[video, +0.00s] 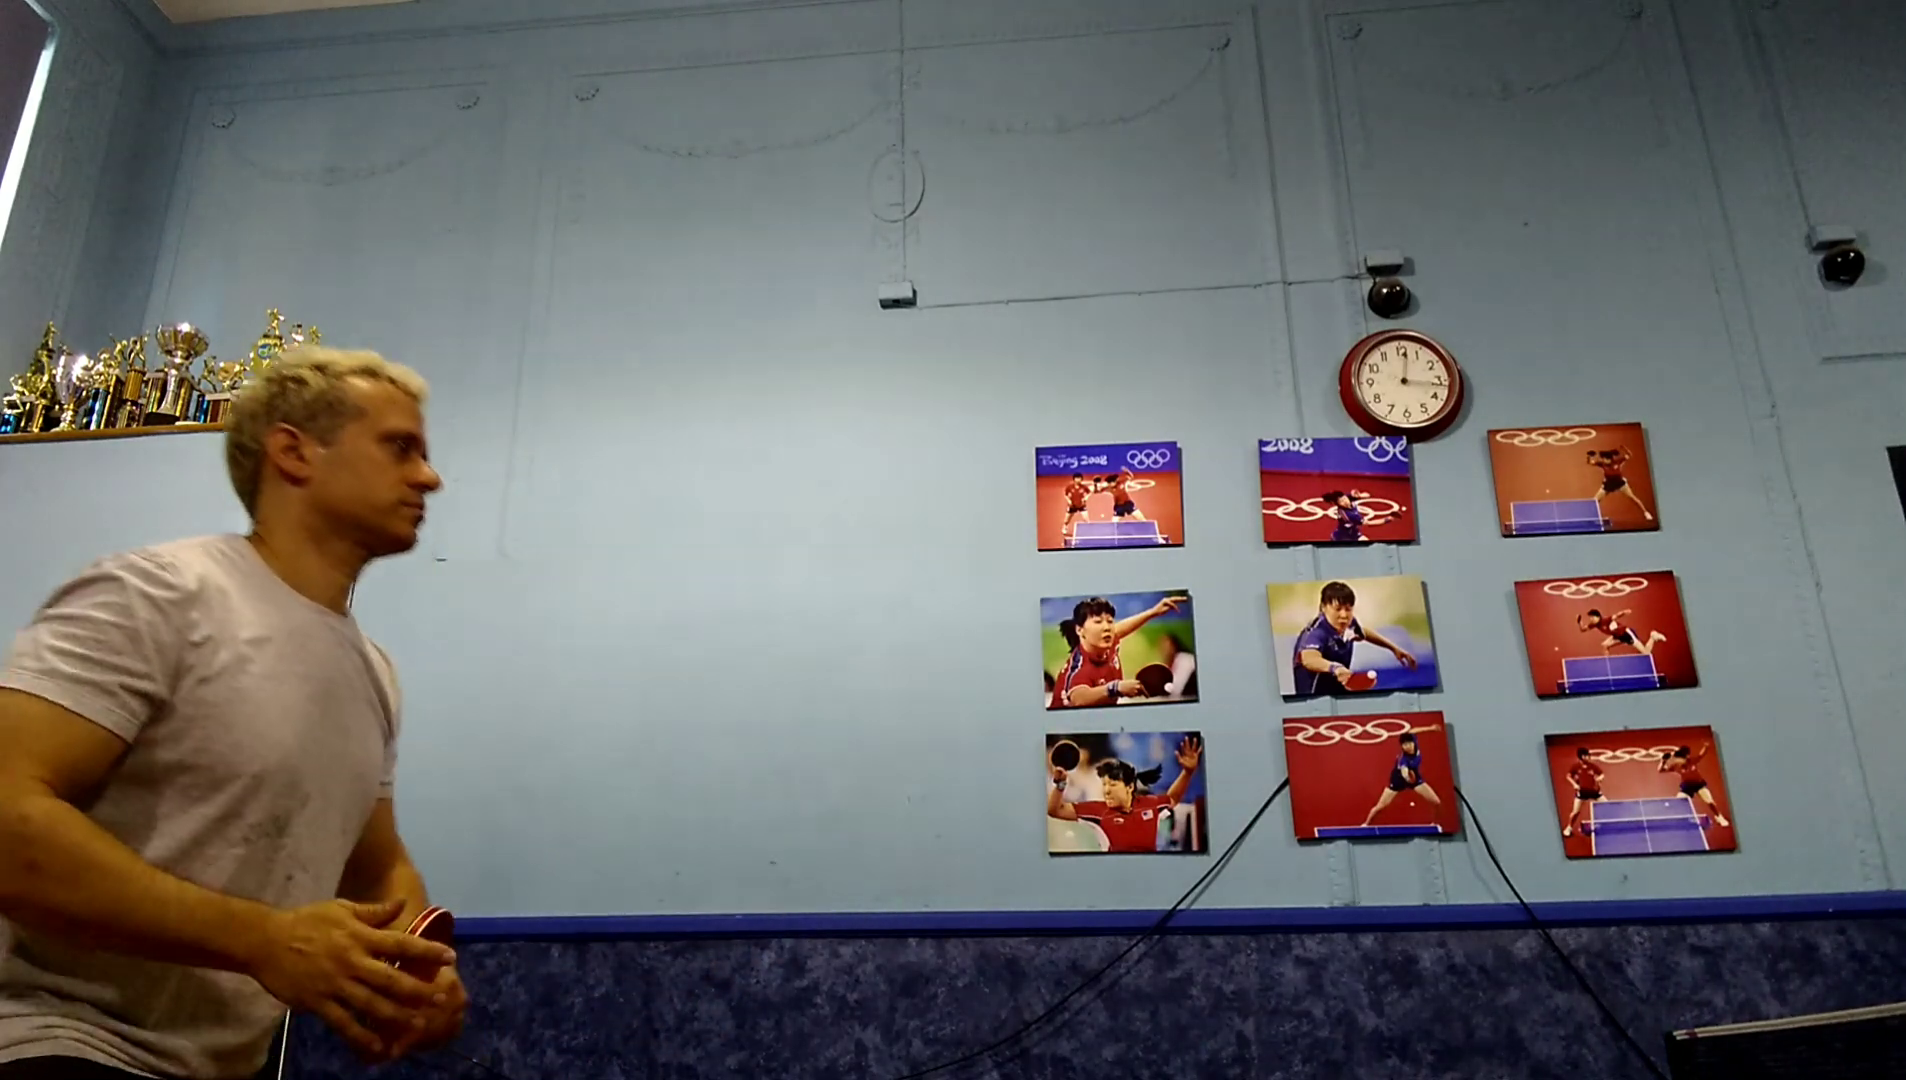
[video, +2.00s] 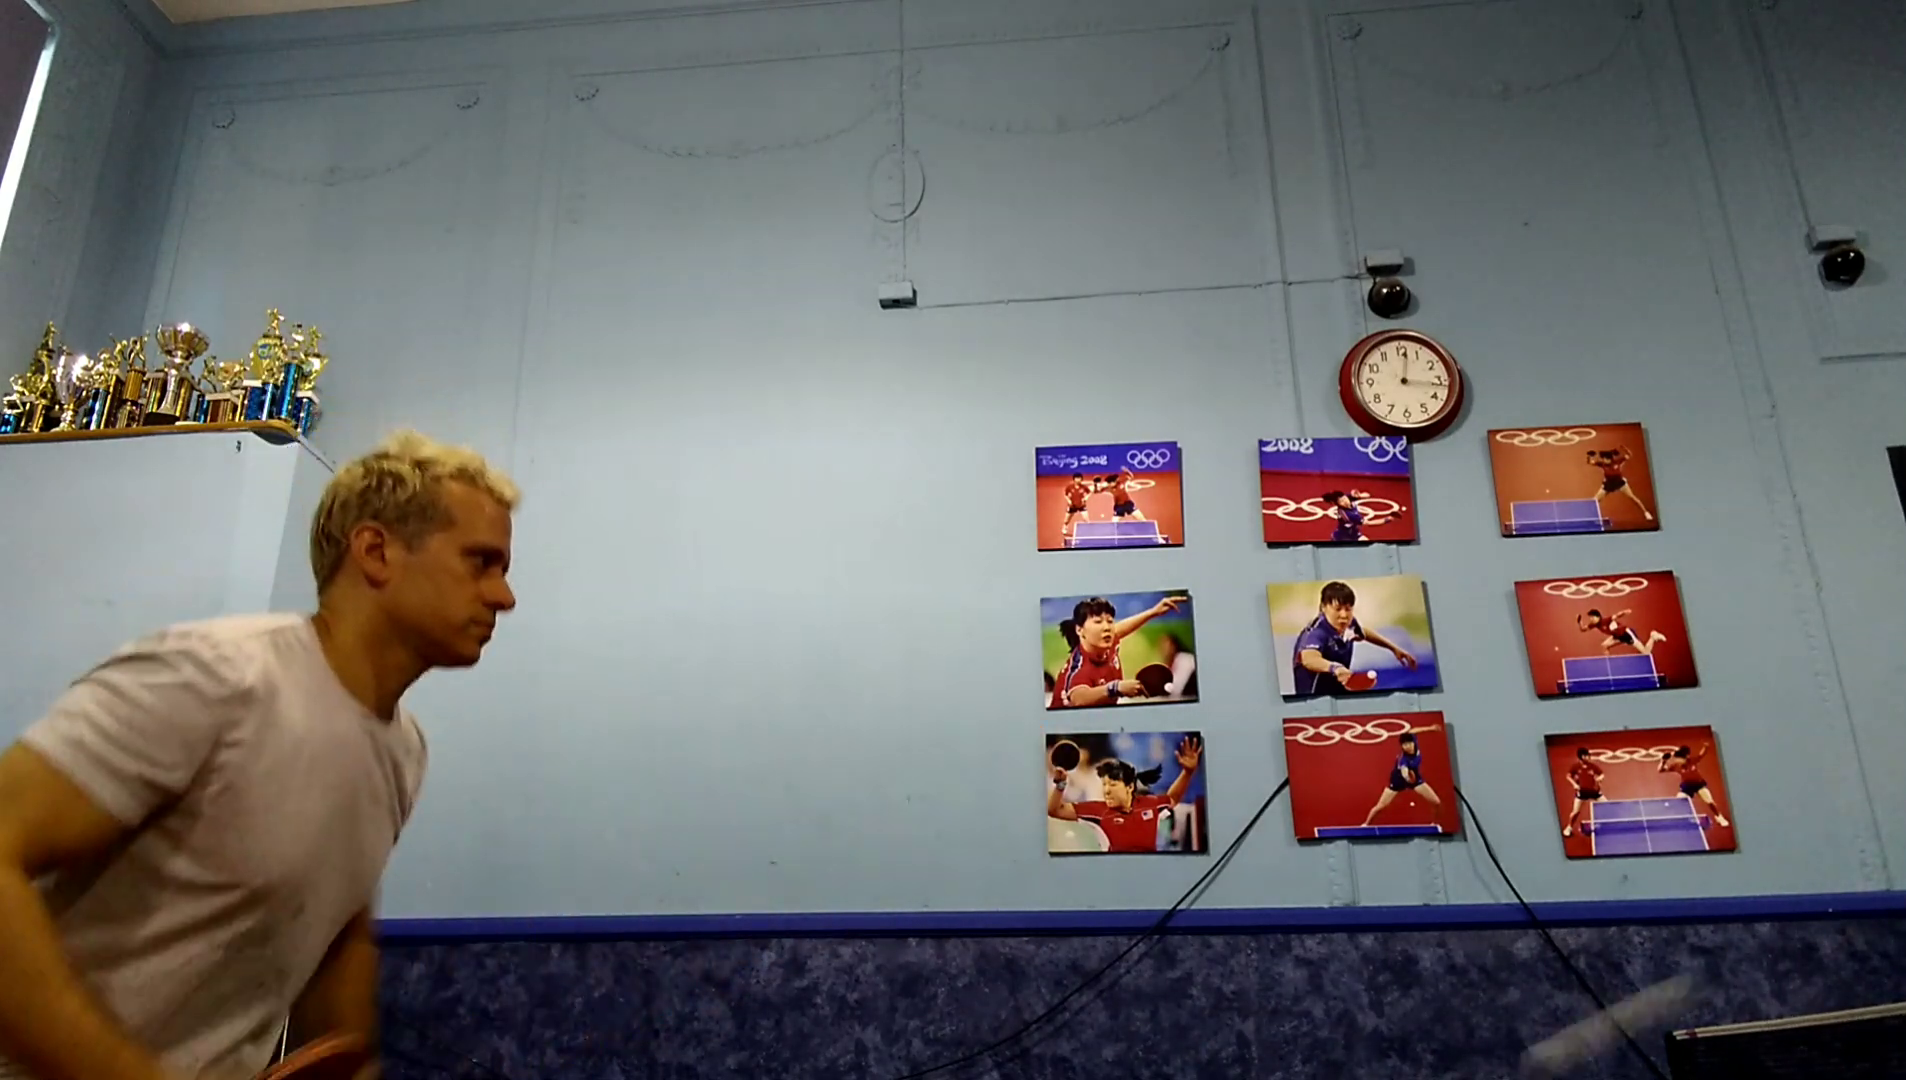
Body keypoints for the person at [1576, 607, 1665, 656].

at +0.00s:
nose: (1590, 620)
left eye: (1591, 618)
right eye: (1590, 618)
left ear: (1597, 617)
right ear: (1593, 618)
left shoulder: (1607, 620)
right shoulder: (1594, 624)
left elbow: (1617, 616)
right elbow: (1583, 630)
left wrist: (1625, 612)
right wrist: (1579, 623)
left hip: (1627, 634)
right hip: (1618, 637)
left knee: (1646, 652)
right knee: (1604, 645)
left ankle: (1653, 636)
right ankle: (1608, 667)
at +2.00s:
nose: (1590, 620)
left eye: (1591, 618)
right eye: (1590, 619)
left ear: (1597, 617)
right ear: (1593, 618)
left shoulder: (1607, 621)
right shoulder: (1594, 625)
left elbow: (1617, 615)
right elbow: (1583, 630)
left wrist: (1625, 612)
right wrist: (1579, 623)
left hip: (1627, 634)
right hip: (1617, 637)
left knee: (1645, 652)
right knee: (1604, 645)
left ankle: (1653, 636)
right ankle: (1609, 667)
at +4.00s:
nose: (1590, 620)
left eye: (1591, 618)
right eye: (1590, 619)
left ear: (1597, 617)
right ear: (1593, 618)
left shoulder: (1607, 620)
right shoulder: (1594, 624)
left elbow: (1617, 615)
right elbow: (1583, 630)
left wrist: (1626, 612)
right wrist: (1579, 623)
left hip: (1627, 634)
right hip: (1617, 636)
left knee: (1646, 652)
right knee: (1604, 645)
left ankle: (1653, 636)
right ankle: (1608, 667)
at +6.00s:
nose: (1590, 620)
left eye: (1591, 618)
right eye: (1590, 619)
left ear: (1597, 617)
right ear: (1593, 618)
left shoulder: (1607, 620)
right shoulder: (1594, 624)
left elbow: (1617, 615)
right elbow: (1583, 630)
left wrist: (1625, 612)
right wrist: (1579, 623)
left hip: (1627, 634)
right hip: (1617, 637)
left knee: (1645, 652)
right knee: (1604, 645)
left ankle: (1653, 636)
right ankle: (1608, 667)